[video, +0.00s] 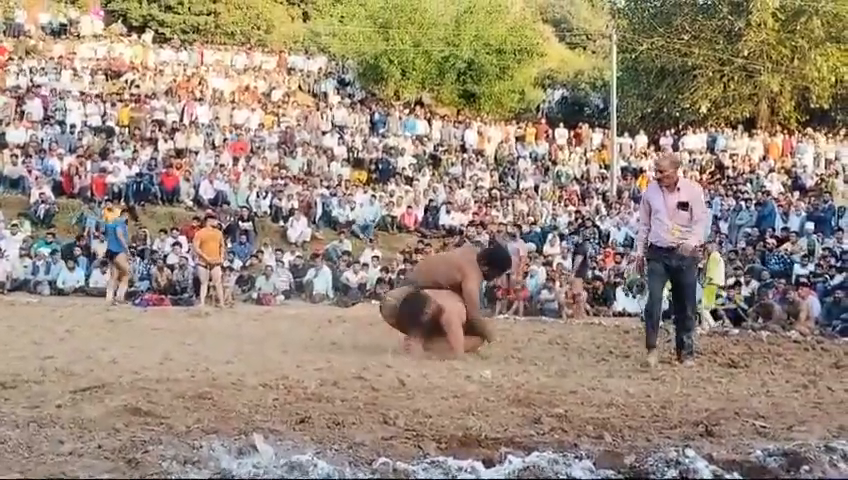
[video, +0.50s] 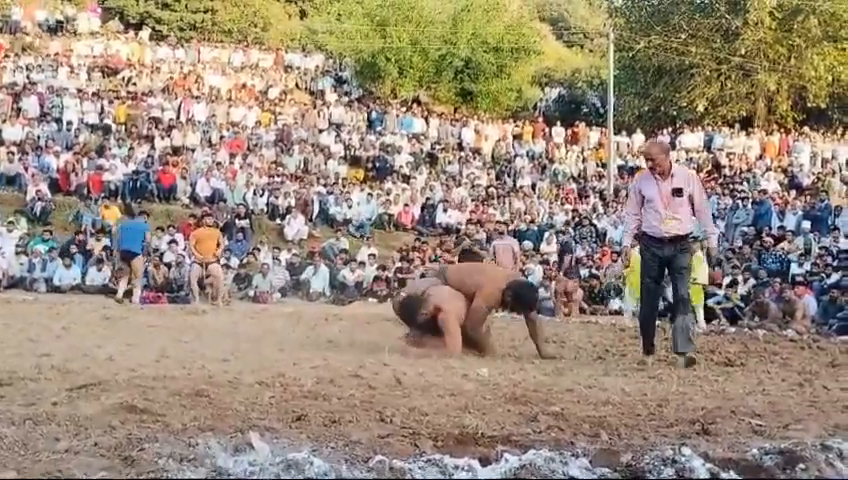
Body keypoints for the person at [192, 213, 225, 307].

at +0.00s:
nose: (214, 221)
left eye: (214, 219)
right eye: (211, 219)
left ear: (216, 220)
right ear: (206, 220)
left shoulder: (219, 233)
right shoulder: (199, 233)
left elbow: (222, 246)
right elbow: (196, 247)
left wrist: (221, 257)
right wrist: (206, 258)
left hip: (215, 261)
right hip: (203, 261)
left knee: (218, 282)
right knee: (204, 283)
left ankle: (221, 302)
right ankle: (202, 303)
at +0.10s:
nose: (214, 221)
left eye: (214, 218)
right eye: (211, 218)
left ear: (216, 220)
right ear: (206, 220)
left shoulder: (219, 233)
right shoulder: (199, 233)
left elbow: (223, 245)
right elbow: (195, 247)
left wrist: (221, 257)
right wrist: (205, 258)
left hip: (215, 261)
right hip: (203, 261)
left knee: (218, 282)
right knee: (203, 282)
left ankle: (221, 302)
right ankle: (201, 303)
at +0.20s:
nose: (213, 220)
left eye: (214, 218)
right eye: (211, 218)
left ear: (215, 220)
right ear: (206, 220)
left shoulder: (219, 233)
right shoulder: (199, 233)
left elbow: (223, 244)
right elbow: (194, 246)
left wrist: (221, 255)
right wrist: (203, 257)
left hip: (214, 260)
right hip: (202, 260)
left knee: (217, 281)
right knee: (203, 282)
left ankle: (220, 301)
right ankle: (201, 302)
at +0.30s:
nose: (213, 220)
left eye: (214, 218)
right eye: (210, 218)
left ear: (215, 220)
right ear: (205, 219)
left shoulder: (218, 232)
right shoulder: (198, 232)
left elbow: (222, 244)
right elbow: (193, 246)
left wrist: (220, 255)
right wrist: (200, 255)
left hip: (213, 260)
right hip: (201, 260)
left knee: (217, 281)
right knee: (200, 281)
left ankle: (219, 301)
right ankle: (199, 301)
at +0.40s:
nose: (210, 221)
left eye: (211, 218)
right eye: (208, 219)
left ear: (214, 220)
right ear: (203, 220)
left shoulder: (217, 232)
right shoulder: (196, 232)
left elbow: (221, 244)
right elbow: (191, 245)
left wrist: (219, 254)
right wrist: (198, 255)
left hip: (212, 259)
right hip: (200, 259)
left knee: (217, 280)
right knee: (197, 281)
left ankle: (218, 301)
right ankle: (198, 301)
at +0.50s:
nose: (210, 221)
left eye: (211, 219)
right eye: (207, 219)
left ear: (213, 220)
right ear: (203, 220)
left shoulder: (217, 232)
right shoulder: (195, 233)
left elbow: (221, 244)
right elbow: (191, 246)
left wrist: (218, 252)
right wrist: (197, 255)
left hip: (212, 259)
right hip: (199, 259)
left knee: (219, 276)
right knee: (193, 277)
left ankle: (219, 299)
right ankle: (196, 299)